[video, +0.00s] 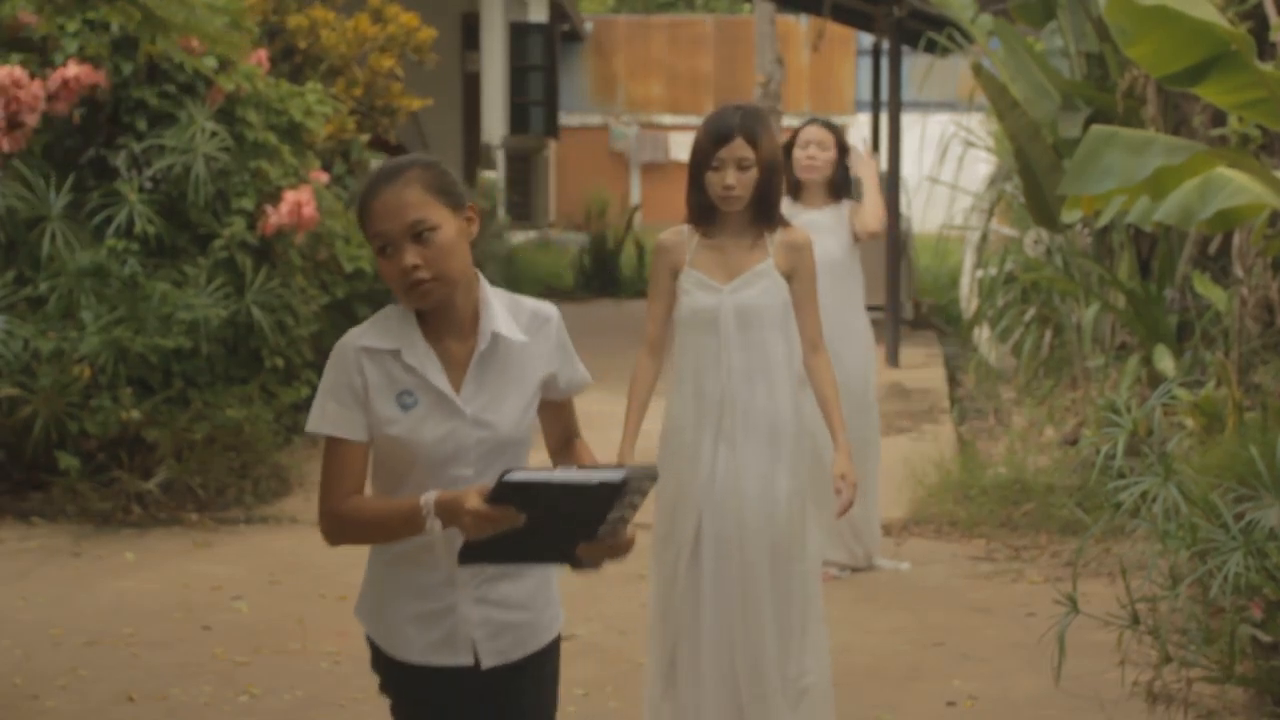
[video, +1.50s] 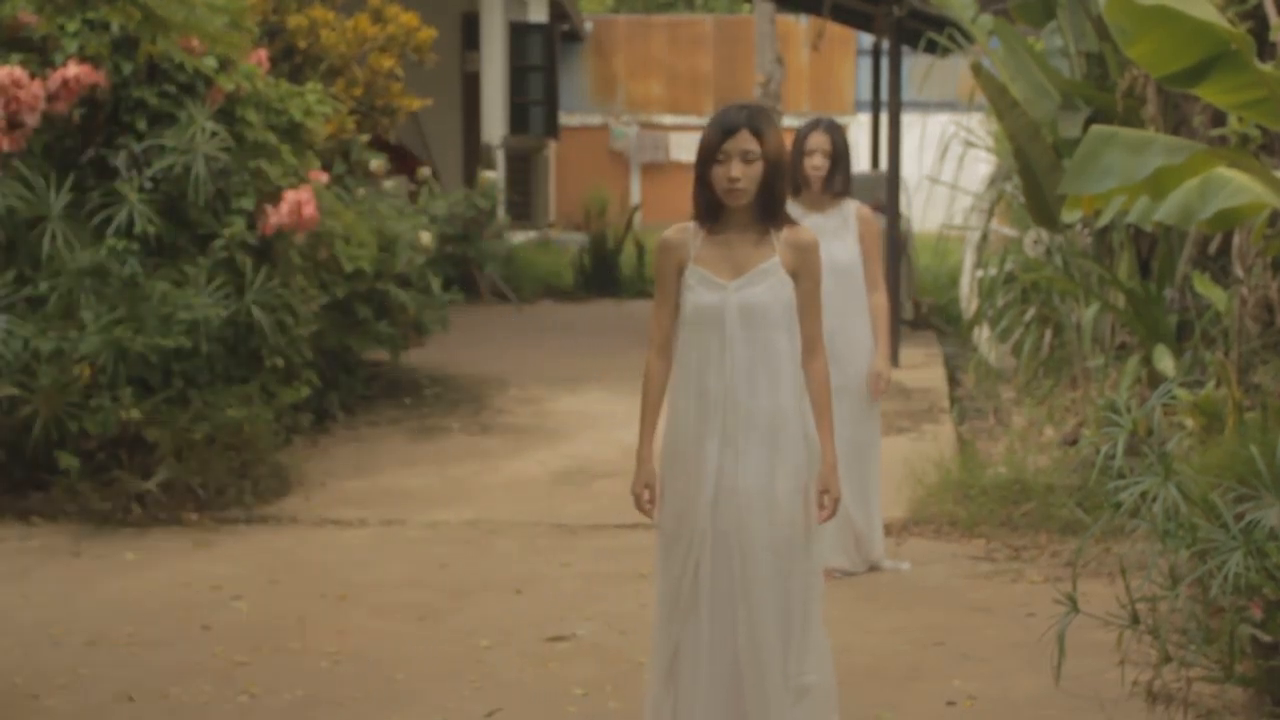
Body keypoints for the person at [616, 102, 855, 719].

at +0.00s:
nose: (730, 180)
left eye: (744, 168)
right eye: (718, 167)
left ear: (764, 174)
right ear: (700, 172)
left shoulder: (790, 246)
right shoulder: (676, 247)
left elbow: (815, 351)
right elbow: (651, 352)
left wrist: (842, 447)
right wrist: (626, 455)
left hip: (775, 447)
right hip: (698, 448)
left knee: (772, 606)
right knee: (700, 605)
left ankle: (772, 711)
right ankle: (702, 712)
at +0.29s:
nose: (727, 197)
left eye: (741, 182)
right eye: (715, 183)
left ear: (763, 180)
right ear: (696, 180)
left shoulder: (789, 248)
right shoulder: (674, 249)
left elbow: (814, 359)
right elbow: (650, 352)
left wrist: (800, 456)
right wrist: (653, 449)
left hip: (768, 454)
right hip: (694, 456)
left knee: (768, 621)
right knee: (695, 620)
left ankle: (771, 713)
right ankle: (697, 714)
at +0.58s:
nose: (728, 199)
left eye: (742, 185)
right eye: (716, 185)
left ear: (765, 183)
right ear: (698, 182)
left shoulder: (790, 247)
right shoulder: (675, 248)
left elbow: (816, 359)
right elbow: (652, 357)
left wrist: (771, 451)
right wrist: (676, 452)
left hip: (768, 460)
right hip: (694, 459)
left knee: (770, 619)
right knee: (695, 619)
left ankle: (771, 712)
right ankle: (697, 713)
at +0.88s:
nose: (731, 200)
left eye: (745, 186)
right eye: (719, 187)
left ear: (766, 182)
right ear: (700, 182)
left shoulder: (791, 247)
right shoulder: (676, 248)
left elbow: (815, 359)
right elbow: (654, 355)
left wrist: (775, 450)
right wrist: (675, 448)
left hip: (769, 459)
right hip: (697, 458)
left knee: (768, 619)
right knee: (698, 619)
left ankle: (771, 712)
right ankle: (699, 712)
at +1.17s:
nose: (733, 192)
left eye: (747, 178)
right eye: (721, 178)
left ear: (768, 178)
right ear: (703, 178)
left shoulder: (795, 246)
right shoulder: (679, 245)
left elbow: (806, 356)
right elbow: (658, 354)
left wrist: (804, 460)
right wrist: (662, 455)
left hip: (770, 449)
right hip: (699, 449)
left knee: (769, 606)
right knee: (700, 605)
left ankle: (770, 711)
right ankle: (702, 712)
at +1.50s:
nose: (734, 173)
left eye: (748, 159)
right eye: (722, 159)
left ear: (768, 168)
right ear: (706, 167)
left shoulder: (795, 246)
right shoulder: (679, 245)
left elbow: (814, 355)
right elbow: (659, 354)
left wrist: (828, 458)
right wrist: (645, 454)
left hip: (775, 451)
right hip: (698, 450)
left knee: (770, 607)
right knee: (699, 607)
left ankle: (769, 712)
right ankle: (701, 713)